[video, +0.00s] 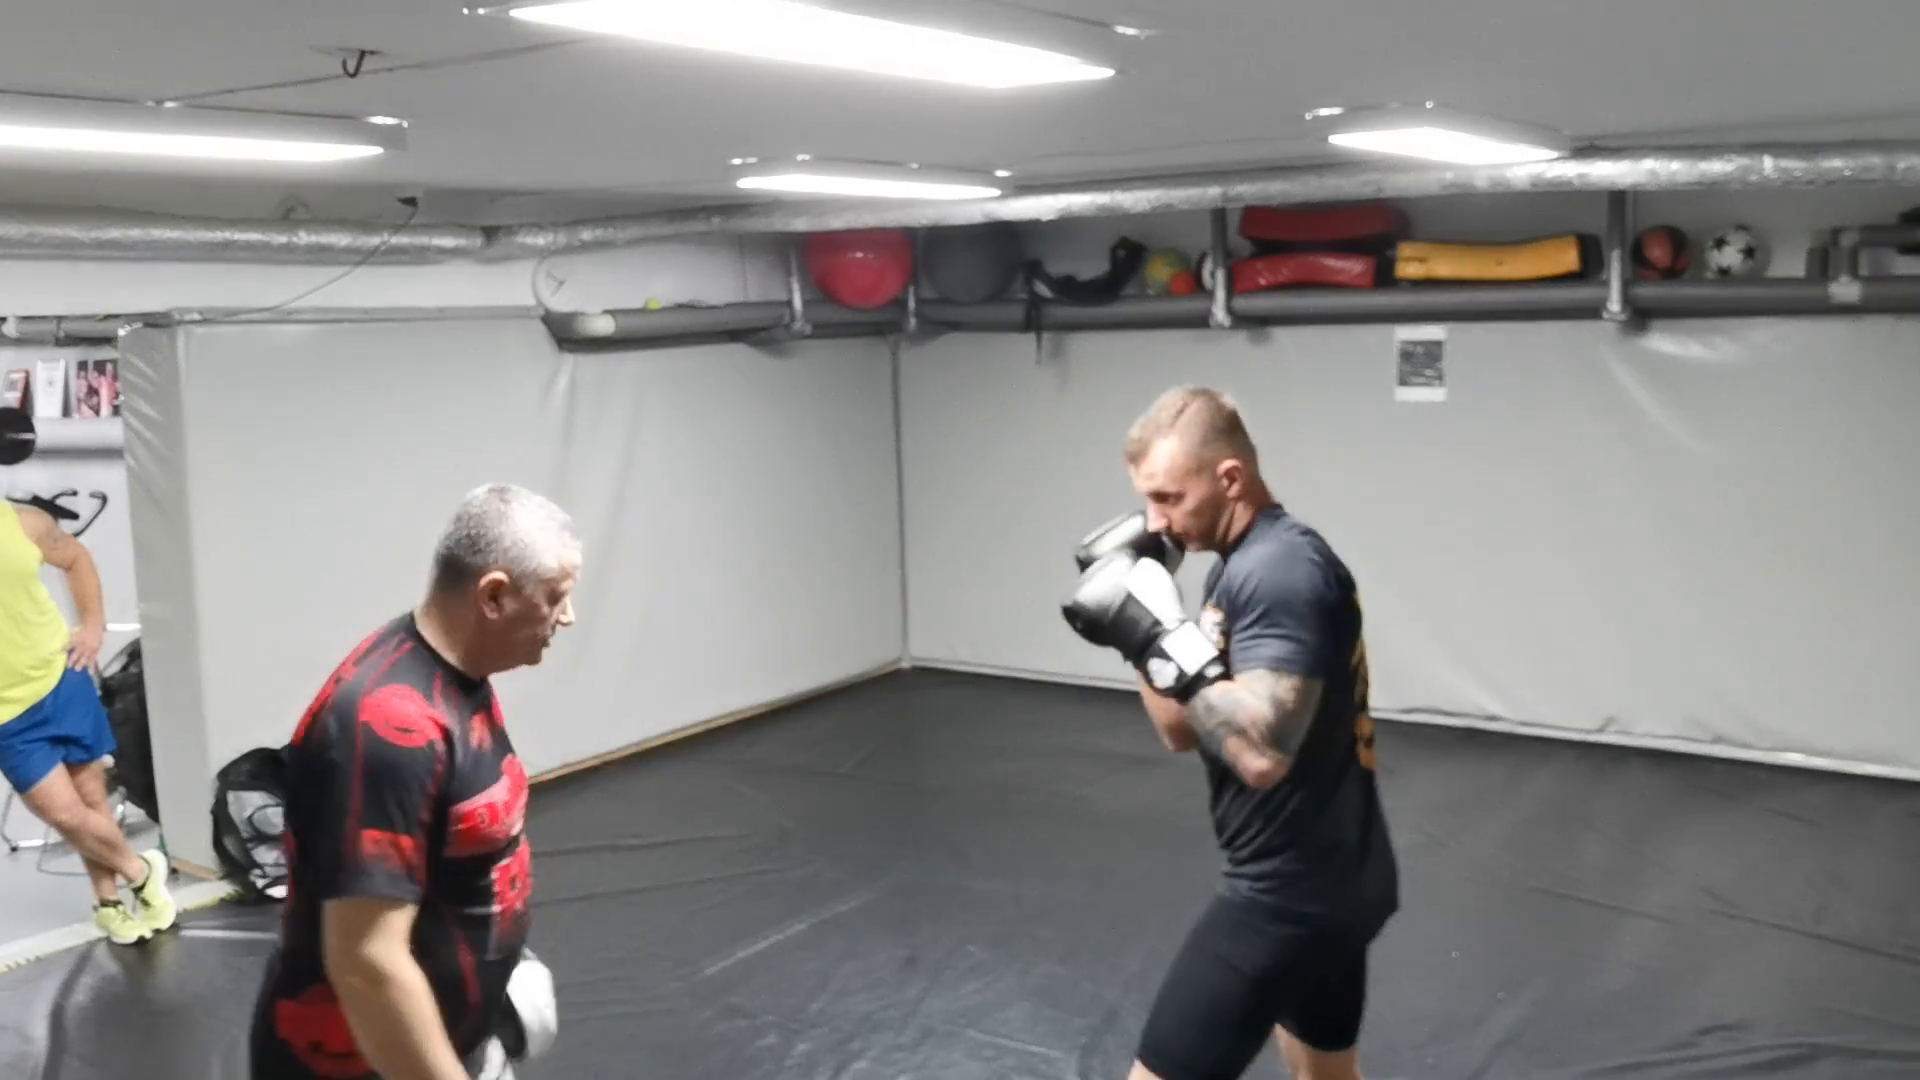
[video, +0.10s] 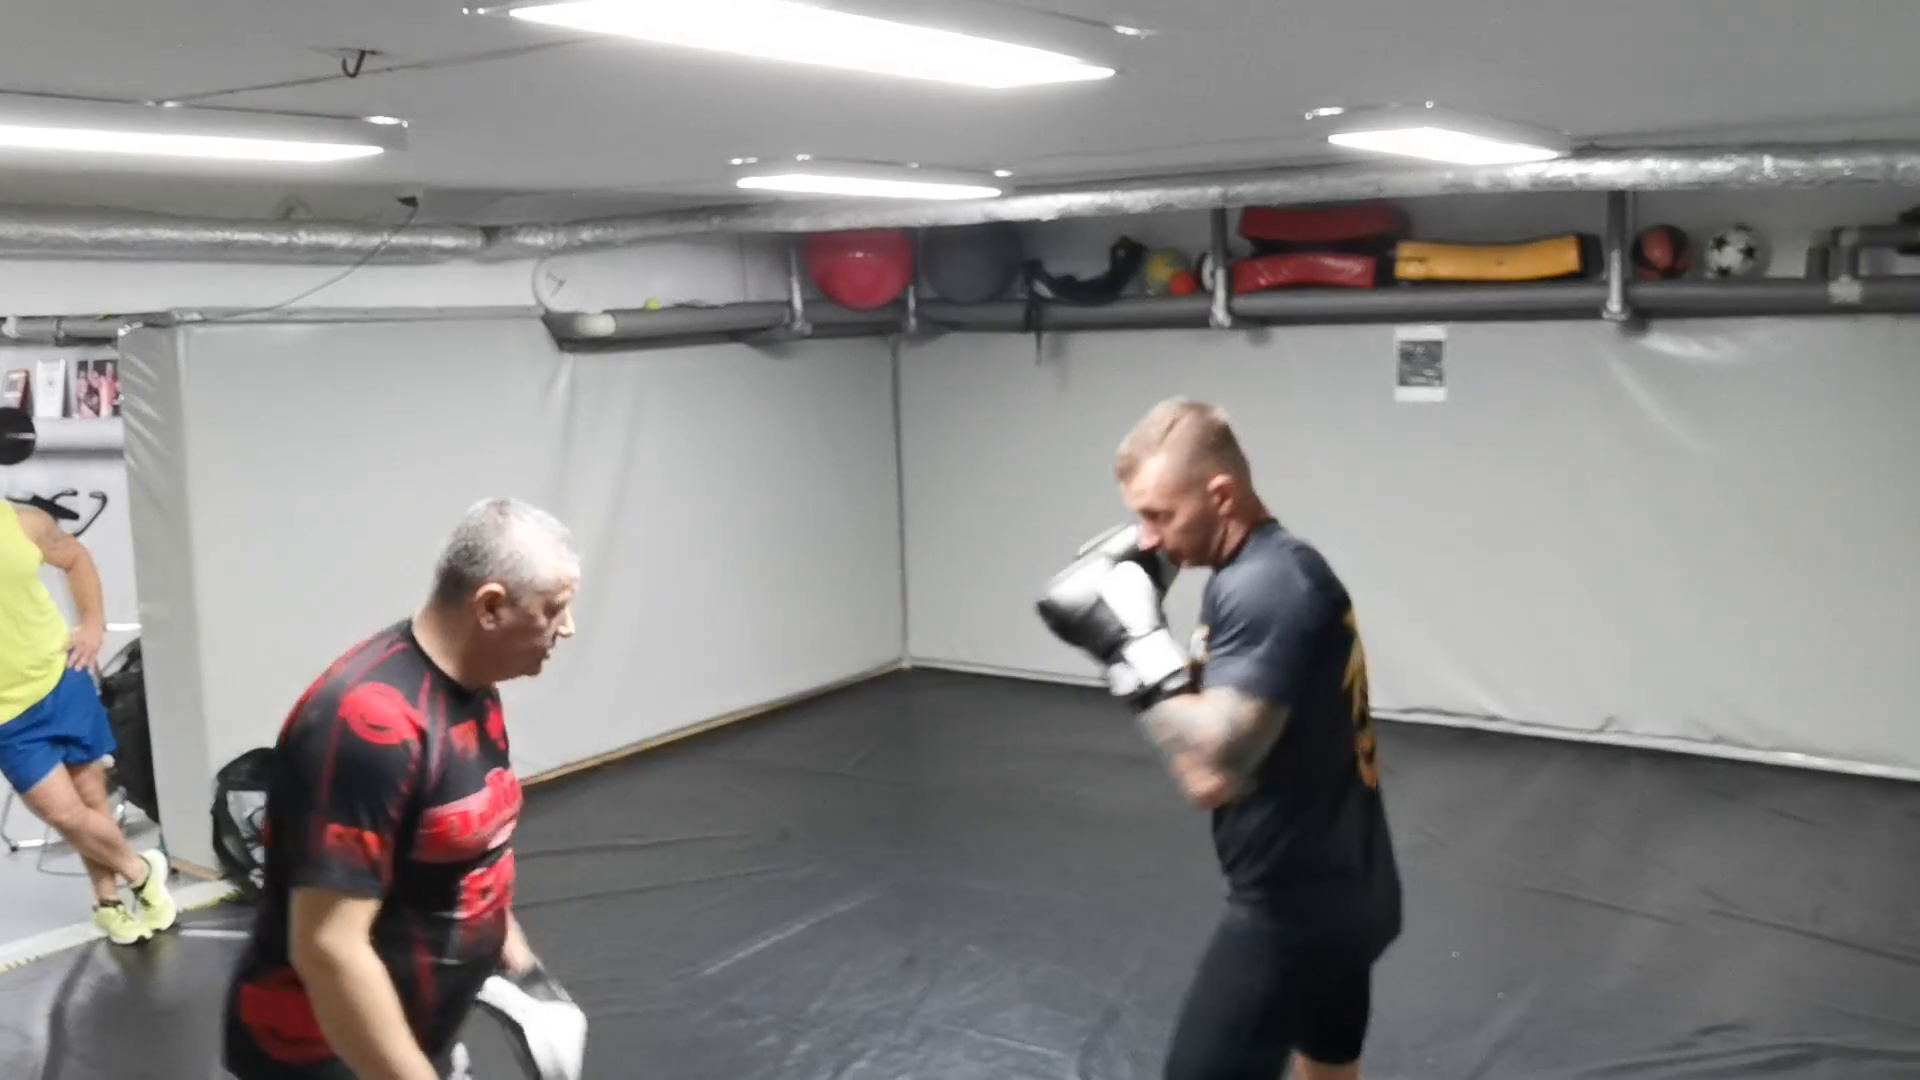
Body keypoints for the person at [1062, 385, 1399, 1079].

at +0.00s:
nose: (1157, 518)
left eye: (1168, 498)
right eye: (1149, 500)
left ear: (1230, 478)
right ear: (1228, 484)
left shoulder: (1283, 569)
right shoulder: (1242, 564)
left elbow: (1263, 753)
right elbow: (1179, 728)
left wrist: (1164, 630)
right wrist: (1143, 622)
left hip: (1290, 889)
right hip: (1321, 875)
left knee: (1158, 1072)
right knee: (1322, 1061)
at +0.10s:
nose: (1147, 540)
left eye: (1159, 516)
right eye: (1140, 519)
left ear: (1222, 496)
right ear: (1222, 499)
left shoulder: (1267, 588)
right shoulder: (1259, 573)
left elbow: (1212, 769)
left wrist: (1136, 642)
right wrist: (1145, 641)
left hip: (1294, 905)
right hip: (1339, 884)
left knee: (1201, 1069)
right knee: (1327, 1062)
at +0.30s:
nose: (1080, 562)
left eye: (1087, 538)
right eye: (1075, 541)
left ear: (1148, 516)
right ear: (1157, 516)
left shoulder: (1191, 614)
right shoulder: (1271, 564)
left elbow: (1124, 807)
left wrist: (1061, 677)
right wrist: (1131, 650)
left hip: (1271, 930)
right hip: (1358, 909)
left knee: (1195, 1070)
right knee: (1334, 1068)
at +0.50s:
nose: (1088, 556)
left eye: (1092, 530)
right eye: (1079, 534)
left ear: (1149, 504)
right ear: (1160, 501)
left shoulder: (1176, 606)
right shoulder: (1279, 568)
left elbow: (1089, 803)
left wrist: (1034, 670)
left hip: (1253, 956)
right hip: (1342, 934)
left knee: (1121, 1068)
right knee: (1334, 1068)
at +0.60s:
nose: (1070, 593)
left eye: (1079, 567)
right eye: (1063, 570)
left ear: (1143, 551)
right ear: (1151, 551)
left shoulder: (1172, 661)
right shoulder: (1260, 622)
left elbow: (1127, 876)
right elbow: (1098, 753)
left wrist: (1043, 759)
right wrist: (1097, 630)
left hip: (1225, 1009)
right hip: (1317, 986)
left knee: (1044, 1071)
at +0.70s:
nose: (987, 573)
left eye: (996, 548)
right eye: (984, 550)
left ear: (1062, 534)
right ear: (1074, 531)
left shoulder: (1078, 638)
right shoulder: (1204, 614)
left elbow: (1045, 834)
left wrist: (937, 778)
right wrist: (1048, 628)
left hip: (1122, 993)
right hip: (1237, 982)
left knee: (962, 1071)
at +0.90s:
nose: (868, 618)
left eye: (872, 599)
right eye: (863, 599)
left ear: (929, 585)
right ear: (980, 573)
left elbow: (679, 710)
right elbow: (1092, 837)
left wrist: (558, 654)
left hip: (983, 1040)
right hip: (1118, 1033)